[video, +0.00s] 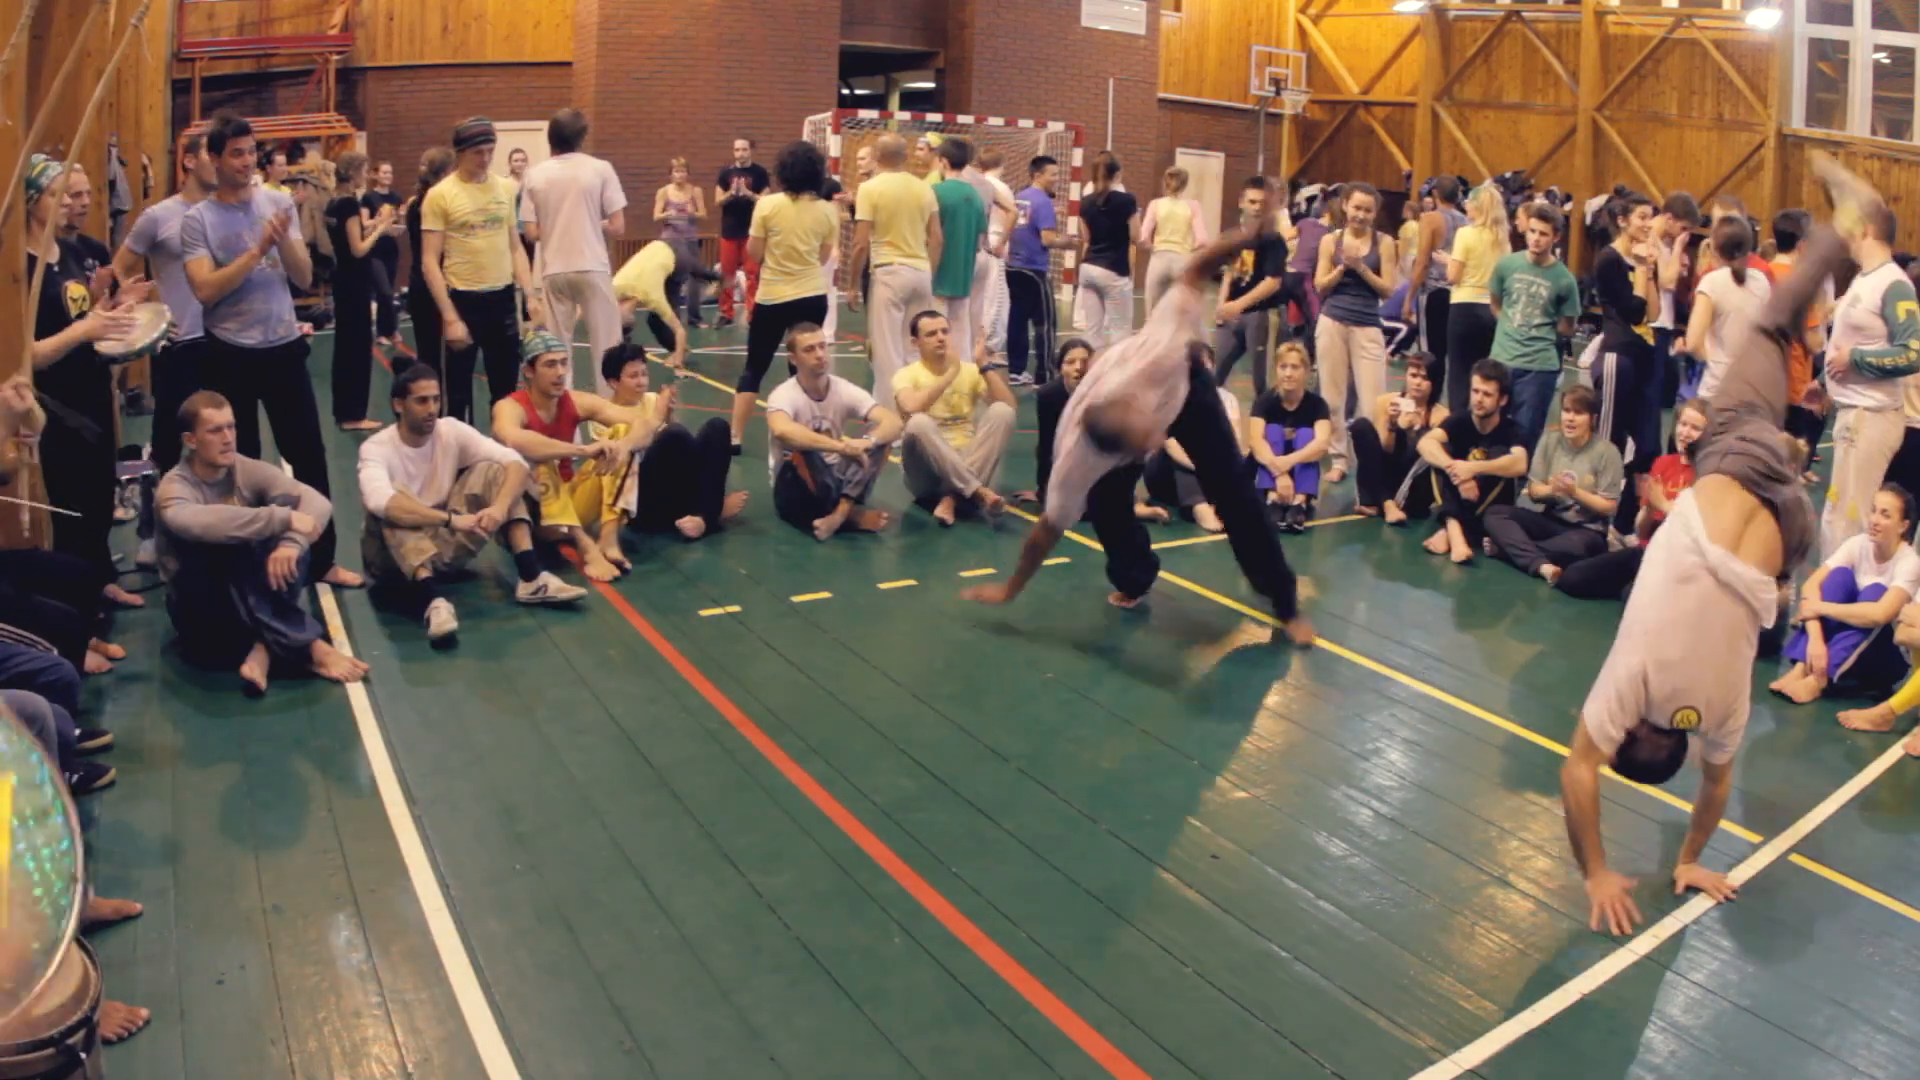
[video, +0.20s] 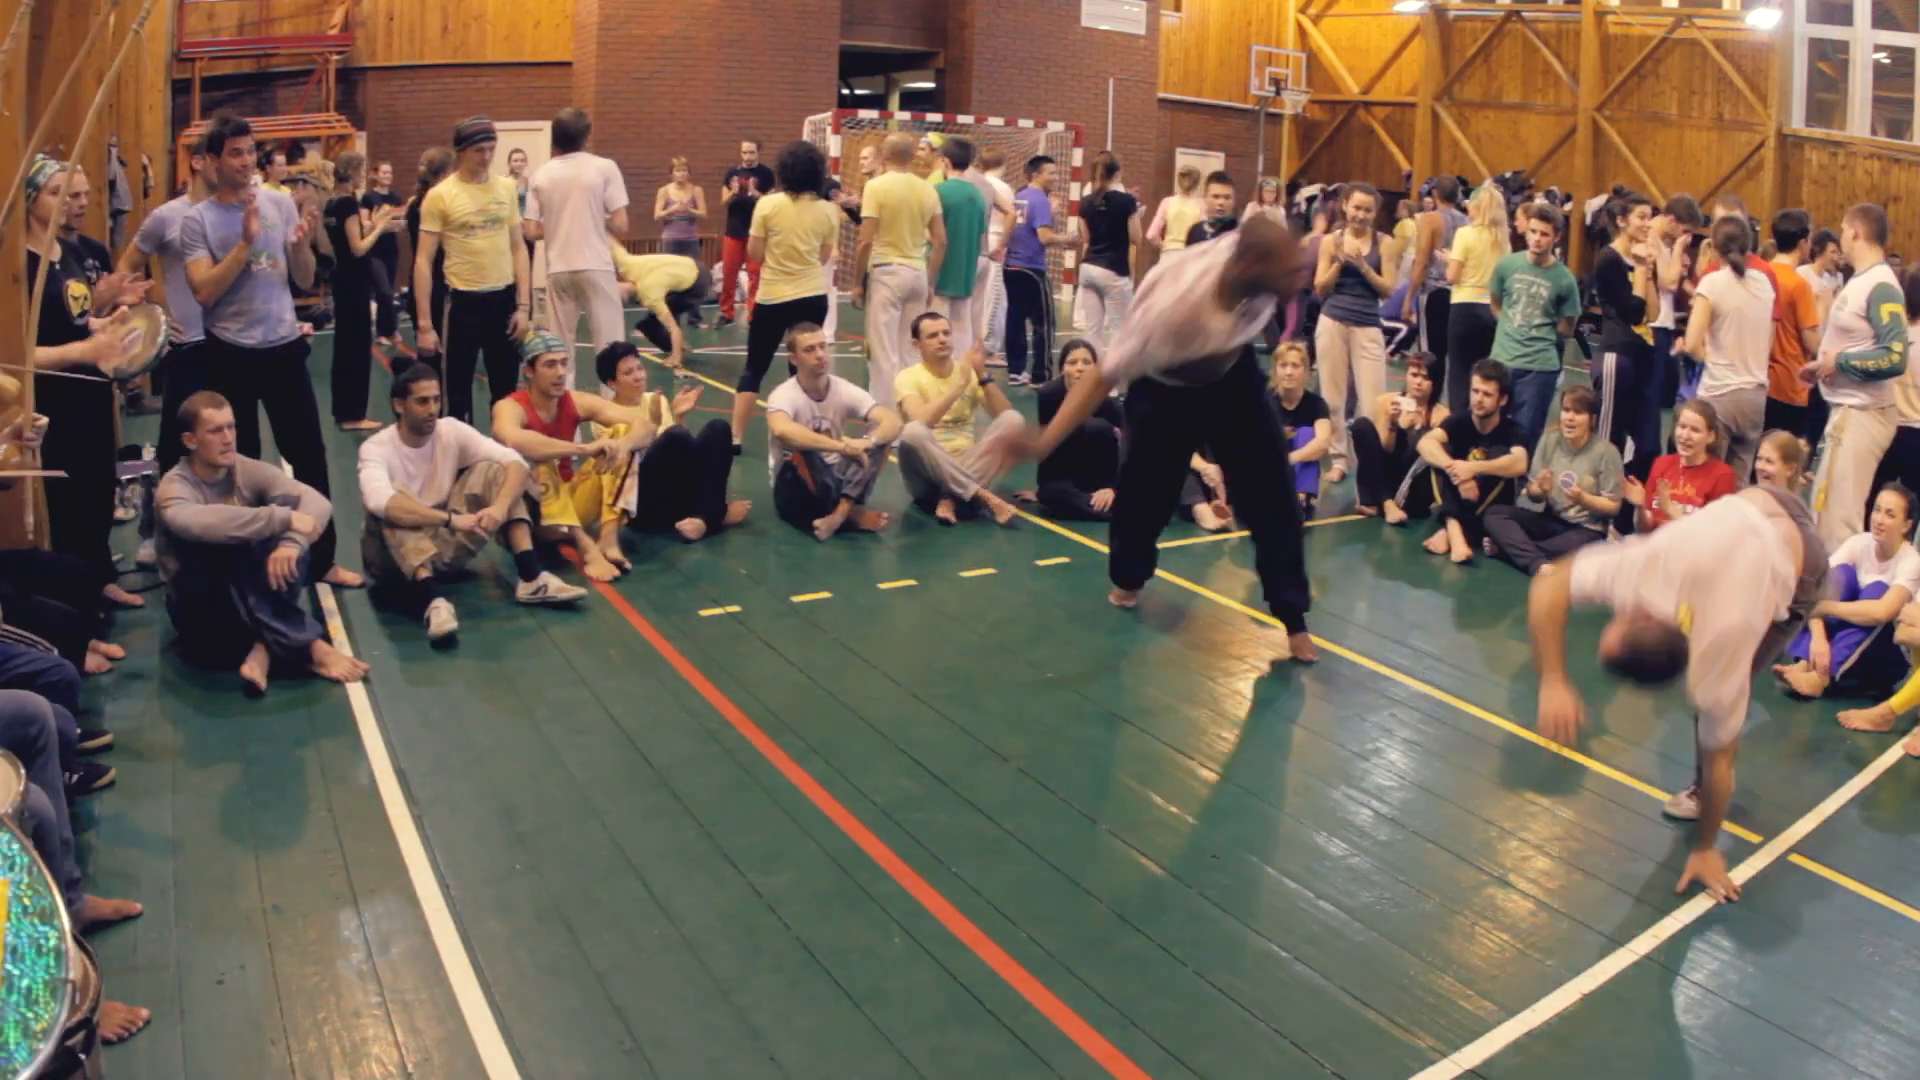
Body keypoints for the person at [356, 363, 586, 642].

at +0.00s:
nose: (431, 409)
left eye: (436, 400)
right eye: (421, 402)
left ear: (441, 400)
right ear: (398, 405)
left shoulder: (451, 430)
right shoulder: (376, 449)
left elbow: (516, 464)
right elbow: (381, 503)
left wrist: (500, 509)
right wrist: (451, 519)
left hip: (450, 546)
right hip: (398, 552)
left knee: (492, 470)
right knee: (396, 499)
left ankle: (532, 578)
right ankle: (434, 602)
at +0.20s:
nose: (432, 409)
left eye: (436, 401)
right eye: (422, 402)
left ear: (441, 400)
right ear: (398, 405)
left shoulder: (451, 430)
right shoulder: (376, 449)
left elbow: (516, 464)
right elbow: (381, 503)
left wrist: (500, 509)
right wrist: (451, 519)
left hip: (450, 545)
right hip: (399, 551)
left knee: (492, 470)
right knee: (396, 499)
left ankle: (532, 578)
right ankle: (434, 602)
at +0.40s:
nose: (432, 409)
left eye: (436, 400)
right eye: (422, 402)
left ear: (441, 399)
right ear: (398, 405)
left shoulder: (450, 430)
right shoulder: (376, 449)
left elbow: (516, 464)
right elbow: (380, 502)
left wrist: (500, 509)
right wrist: (450, 519)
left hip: (450, 545)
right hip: (399, 550)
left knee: (493, 470)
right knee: (396, 500)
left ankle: (532, 577)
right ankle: (434, 602)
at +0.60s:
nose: (432, 409)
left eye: (436, 400)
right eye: (422, 402)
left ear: (441, 400)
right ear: (398, 405)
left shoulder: (451, 431)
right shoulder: (376, 449)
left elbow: (516, 464)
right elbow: (381, 503)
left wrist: (500, 508)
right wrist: (450, 519)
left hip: (450, 545)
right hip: (398, 551)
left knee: (493, 470)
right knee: (395, 500)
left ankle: (532, 577)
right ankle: (434, 602)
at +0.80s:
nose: (433, 410)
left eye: (437, 401)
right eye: (423, 403)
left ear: (442, 400)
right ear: (398, 406)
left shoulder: (451, 430)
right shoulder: (376, 449)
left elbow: (516, 464)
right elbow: (380, 503)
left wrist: (500, 509)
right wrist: (450, 519)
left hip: (450, 544)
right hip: (399, 550)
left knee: (493, 470)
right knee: (396, 500)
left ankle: (531, 578)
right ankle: (434, 602)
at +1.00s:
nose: (433, 410)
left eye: (437, 401)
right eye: (423, 403)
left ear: (442, 400)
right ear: (399, 405)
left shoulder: (451, 431)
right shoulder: (376, 449)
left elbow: (517, 464)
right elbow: (380, 502)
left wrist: (500, 508)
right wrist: (451, 519)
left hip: (450, 549)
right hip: (398, 556)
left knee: (490, 470)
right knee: (396, 497)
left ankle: (531, 577)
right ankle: (434, 601)